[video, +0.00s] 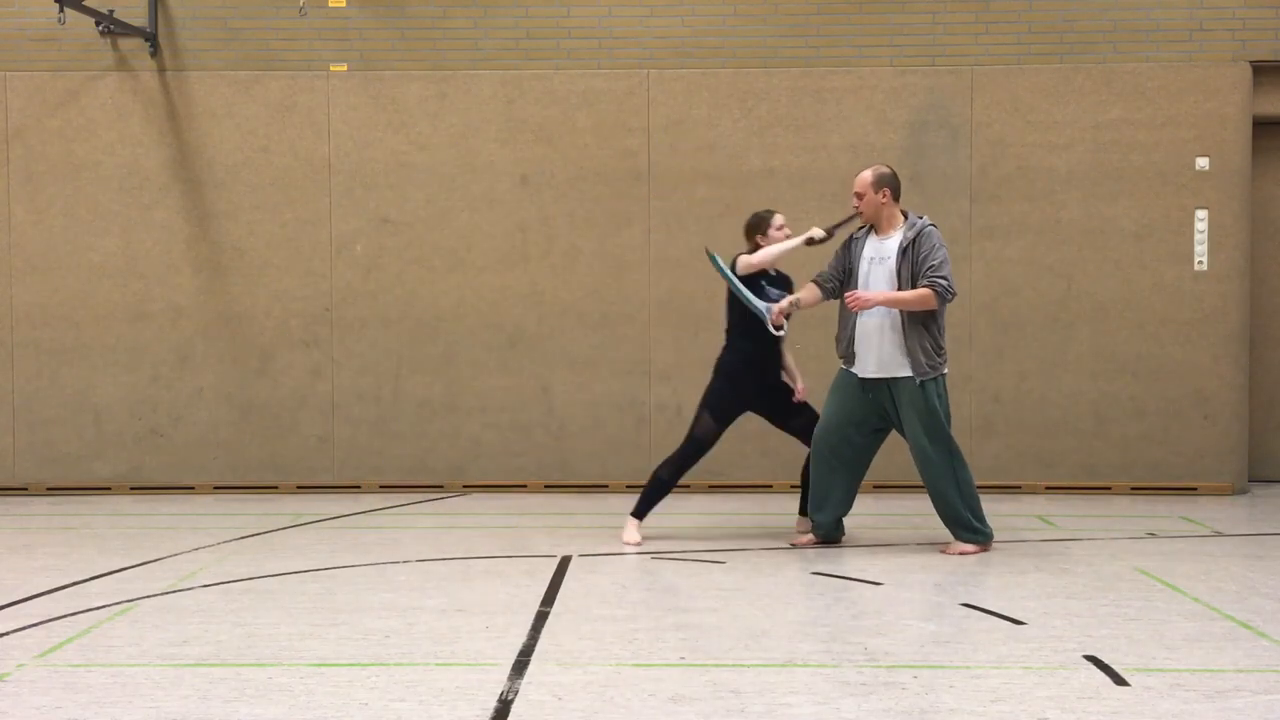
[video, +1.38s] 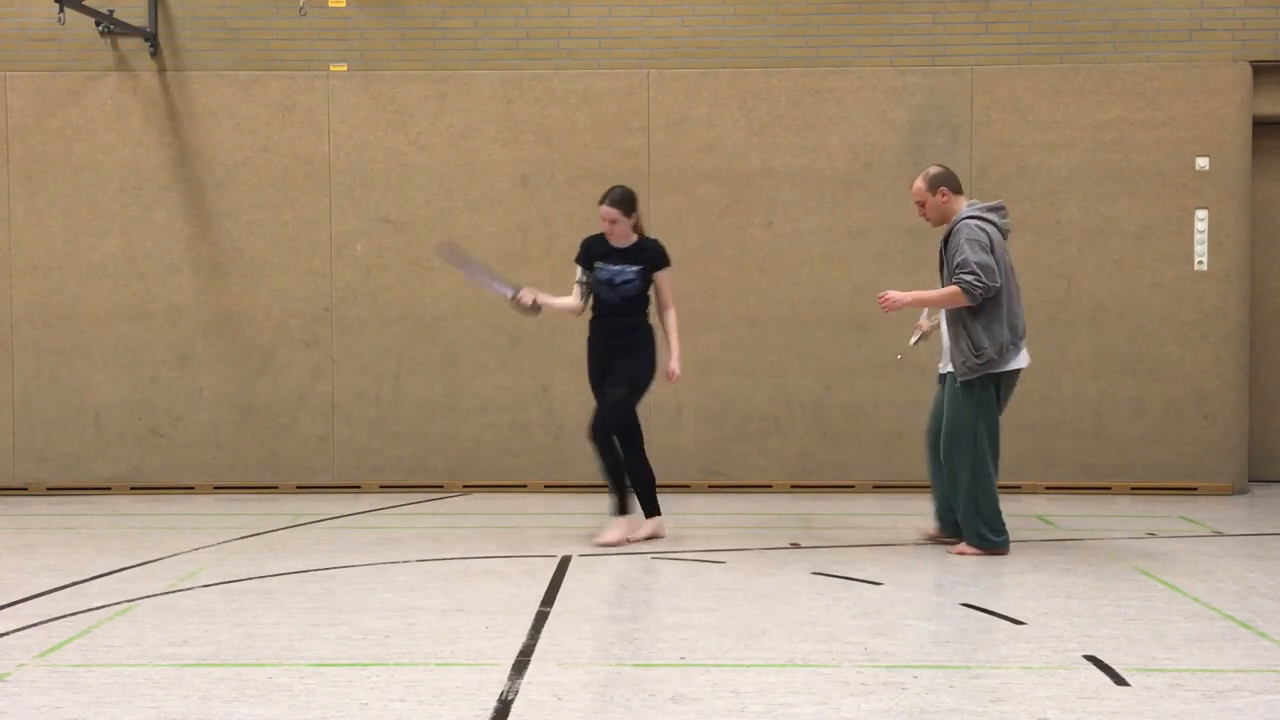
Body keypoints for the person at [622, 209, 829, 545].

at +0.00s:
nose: (789, 233)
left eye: (787, 227)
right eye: (781, 228)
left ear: (777, 235)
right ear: (761, 237)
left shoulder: (783, 283)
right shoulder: (741, 267)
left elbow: (777, 337)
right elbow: (758, 261)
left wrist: (795, 376)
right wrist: (801, 240)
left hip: (769, 384)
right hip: (733, 382)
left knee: (823, 438)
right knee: (693, 449)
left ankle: (806, 522)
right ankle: (635, 520)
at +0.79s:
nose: (763, 233)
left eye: (767, 228)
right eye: (757, 227)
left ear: (768, 231)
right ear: (744, 227)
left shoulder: (772, 270)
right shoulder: (727, 259)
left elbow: (775, 324)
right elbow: (712, 262)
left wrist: (782, 372)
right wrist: (757, 227)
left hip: (759, 371)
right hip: (721, 370)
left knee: (805, 440)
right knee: (700, 448)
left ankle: (804, 521)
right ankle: (662, 524)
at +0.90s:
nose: (734, 232)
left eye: (739, 226)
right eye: (728, 226)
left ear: (745, 228)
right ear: (715, 226)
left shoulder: (748, 265)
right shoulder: (699, 254)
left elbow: (755, 322)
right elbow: (672, 258)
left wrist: (766, 370)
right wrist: (709, 221)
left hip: (738, 364)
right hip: (699, 362)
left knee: (778, 439)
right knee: (687, 447)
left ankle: (805, 517)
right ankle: (661, 524)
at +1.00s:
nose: (707, 232)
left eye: (713, 226)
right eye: (701, 226)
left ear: (719, 226)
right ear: (688, 225)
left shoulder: (723, 264)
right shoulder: (668, 253)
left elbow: (732, 322)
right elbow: (630, 263)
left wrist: (747, 371)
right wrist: (661, 220)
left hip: (713, 361)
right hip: (673, 362)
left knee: (753, 435)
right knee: (672, 445)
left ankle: (794, 507)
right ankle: (660, 524)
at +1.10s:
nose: (680, 231)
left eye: (687, 224)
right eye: (675, 224)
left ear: (695, 223)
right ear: (663, 221)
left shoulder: (703, 261)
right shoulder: (644, 251)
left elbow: (711, 318)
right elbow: (601, 278)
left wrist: (726, 365)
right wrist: (616, 231)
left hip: (692, 358)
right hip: (650, 359)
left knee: (728, 433)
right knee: (664, 443)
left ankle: (758, 499)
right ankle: (659, 524)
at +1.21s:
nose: (654, 226)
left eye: (661, 219)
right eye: (649, 218)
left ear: (673, 218)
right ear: (641, 216)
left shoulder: (685, 251)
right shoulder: (624, 246)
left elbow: (694, 310)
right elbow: (588, 293)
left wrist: (705, 357)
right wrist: (580, 254)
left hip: (675, 351)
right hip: (632, 352)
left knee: (684, 434)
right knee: (647, 440)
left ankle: (714, 496)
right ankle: (655, 523)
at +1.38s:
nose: (605, 228)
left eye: (612, 222)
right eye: (603, 221)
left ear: (631, 219)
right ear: (600, 218)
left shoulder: (651, 252)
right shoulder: (592, 248)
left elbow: (667, 306)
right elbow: (577, 303)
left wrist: (674, 356)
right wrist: (540, 299)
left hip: (636, 350)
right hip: (601, 350)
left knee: (601, 428)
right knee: (629, 434)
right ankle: (653, 519)